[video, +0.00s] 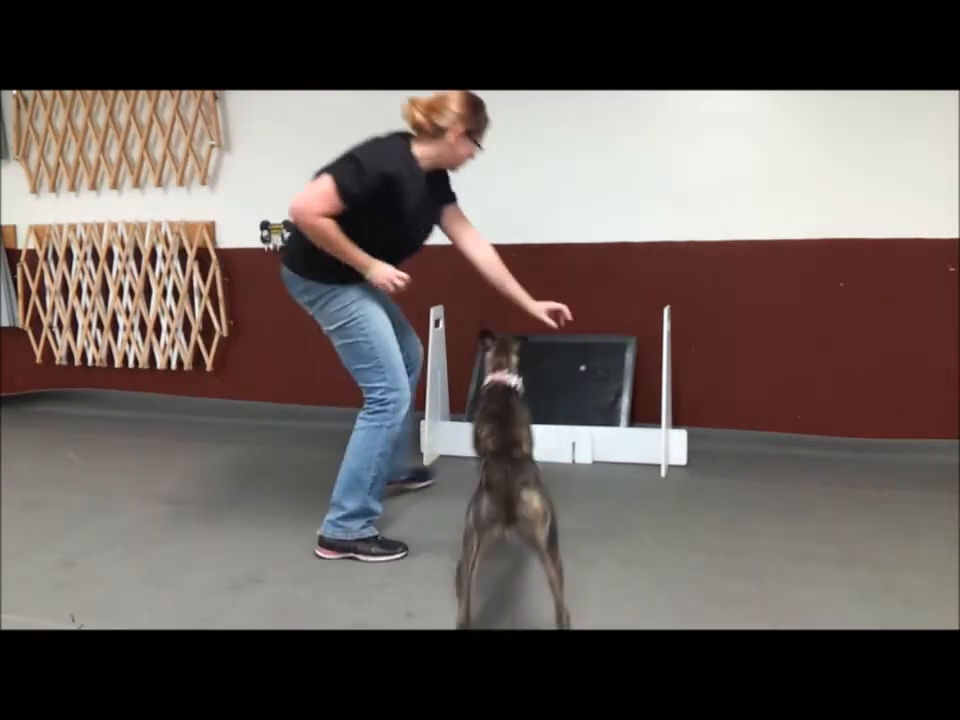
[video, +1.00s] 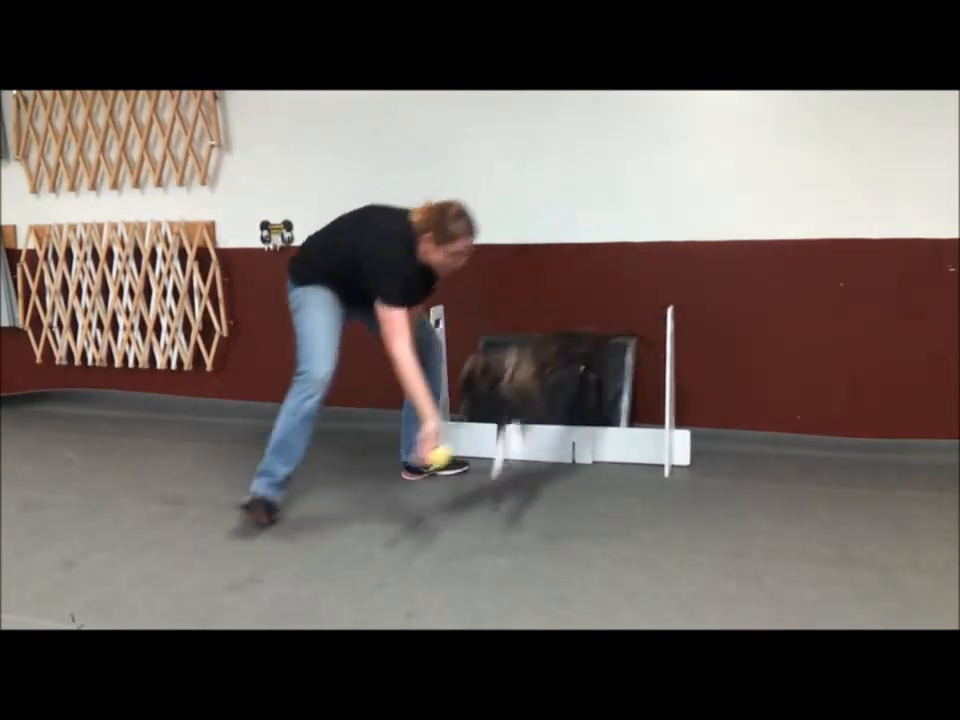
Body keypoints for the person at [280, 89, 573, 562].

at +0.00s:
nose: (475, 152)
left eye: (477, 142)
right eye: (474, 141)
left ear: (450, 133)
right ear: (452, 133)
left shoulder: (432, 179)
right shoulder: (382, 159)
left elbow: (472, 244)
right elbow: (305, 209)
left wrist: (530, 304)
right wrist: (368, 265)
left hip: (356, 278)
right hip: (323, 277)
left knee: (409, 358)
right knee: (387, 393)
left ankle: (389, 469)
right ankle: (345, 529)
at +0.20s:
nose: (507, 191)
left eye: (510, 184)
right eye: (507, 181)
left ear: (488, 173)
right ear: (491, 172)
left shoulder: (467, 213)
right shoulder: (439, 181)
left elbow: (505, 253)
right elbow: (367, 204)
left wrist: (558, 294)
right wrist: (407, 272)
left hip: (382, 279)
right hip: (355, 275)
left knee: (421, 362)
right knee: (393, 390)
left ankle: (419, 457)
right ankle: (347, 522)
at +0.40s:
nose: (513, 202)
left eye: (516, 195)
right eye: (515, 193)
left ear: (495, 180)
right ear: (504, 183)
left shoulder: (471, 203)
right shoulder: (466, 186)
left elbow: (487, 234)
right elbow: (405, 198)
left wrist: (511, 253)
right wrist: (426, 267)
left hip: (388, 262)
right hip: (367, 259)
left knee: (425, 361)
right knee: (415, 365)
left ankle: (421, 457)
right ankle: (369, 482)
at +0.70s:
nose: (516, 197)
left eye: (519, 190)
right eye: (517, 188)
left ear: (498, 178)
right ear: (502, 180)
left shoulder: (469, 206)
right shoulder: (451, 187)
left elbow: (434, 246)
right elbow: (391, 239)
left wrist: (459, 285)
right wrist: (434, 289)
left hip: (393, 256)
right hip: (356, 254)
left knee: (423, 350)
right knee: (408, 350)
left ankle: (424, 453)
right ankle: (421, 462)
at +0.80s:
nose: (511, 213)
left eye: (514, 206)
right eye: (510, 204)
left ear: (491, 195)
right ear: (492, 195)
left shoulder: (466, 221)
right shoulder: (438, 207)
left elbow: (432, 273)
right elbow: (402, 279)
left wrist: (457, 321)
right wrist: (447, 328)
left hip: (387, 266)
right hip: (343, 256)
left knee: (424, 350)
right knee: (375, 348)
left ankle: (420, 458)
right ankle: (383, 465)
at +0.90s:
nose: (490, 235)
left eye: (494, 229)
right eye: (488, 227)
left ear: (469, 218)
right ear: (467, 217)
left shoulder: (454, 242)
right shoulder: (419, 230)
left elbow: (429, 299)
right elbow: (411, 318)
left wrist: (448, 368)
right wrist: (455, 379)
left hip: (379, 276)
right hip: (331, 264)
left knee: (423, 353)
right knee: (347, 353)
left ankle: (420, 459)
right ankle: (311, 474)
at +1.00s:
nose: (460, 264)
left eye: (464, 256)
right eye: (456, 255)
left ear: (431, 244)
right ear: (428, 245)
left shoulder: (430, 254)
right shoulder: (391, 254)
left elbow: (409, 310)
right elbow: (398, 347)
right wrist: (429, 417)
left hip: (369, 286)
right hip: (319, 277)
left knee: (427, 345)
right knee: (317, 373)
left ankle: (418, 455)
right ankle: (266, 491)